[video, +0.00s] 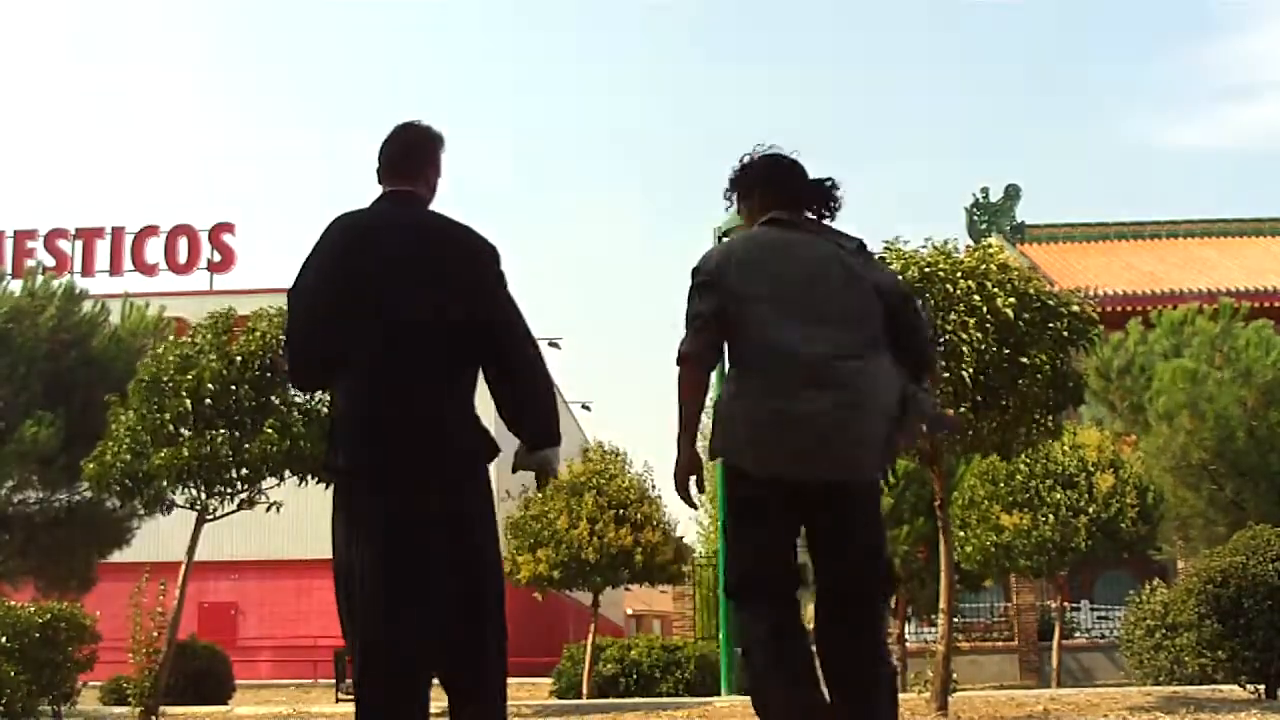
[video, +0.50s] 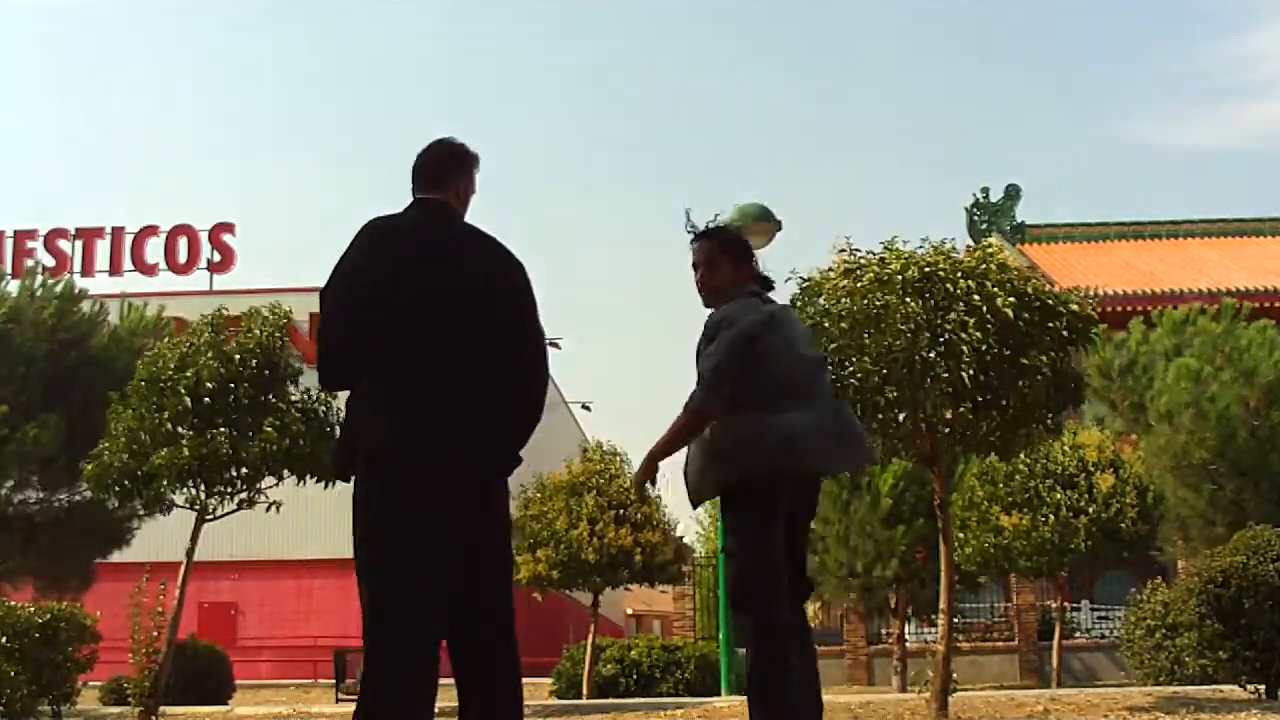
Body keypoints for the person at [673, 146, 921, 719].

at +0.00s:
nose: (734, 214)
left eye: (737, 205)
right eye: (736, 204)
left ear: (752, 204)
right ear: (805, 202)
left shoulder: (726, 257)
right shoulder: (858, 257)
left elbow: (696, 355)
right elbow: (919, 344)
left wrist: (685, 444)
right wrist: (907, 407)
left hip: (758, 456)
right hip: (850, 456)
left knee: (762, 599)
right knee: (855, 601)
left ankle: (792, 711)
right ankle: (866, 711)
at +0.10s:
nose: (724, 237)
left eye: (728, 223)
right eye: (724, 224)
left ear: (750, 220)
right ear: (790, 220)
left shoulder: (732, 279)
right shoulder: (859, 278)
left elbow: (701, 365)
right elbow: (888, 367)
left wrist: (676, 448)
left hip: (760, 466)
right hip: (844, 466)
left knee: (762, 611)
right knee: (848, 611)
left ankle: (770, 714)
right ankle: (861, 713)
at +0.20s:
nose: (709, 265)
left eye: (717, 251)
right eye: (710, 252)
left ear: (747, 250)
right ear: (776, 249)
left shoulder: (726, 310)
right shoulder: (841, 307)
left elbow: (702, 387)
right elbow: (863, 393)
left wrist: (672, 461)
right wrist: (842, 447)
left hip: (757, 488)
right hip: (835, 485)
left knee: (760, 627)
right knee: (844, 617)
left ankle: (778, 717)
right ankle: (860, 714)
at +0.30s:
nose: (697, 277)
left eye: (705, 265)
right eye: (698, 265)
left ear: (739, 265)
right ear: (752, 265)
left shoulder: (721, 327)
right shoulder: (815, 319)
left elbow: (698, 412)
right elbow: (849, 400)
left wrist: (666, 479)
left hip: (753, 494)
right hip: (827, 492)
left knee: (752, 613)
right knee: (832, 599)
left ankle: (781, 713)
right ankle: (860, 698)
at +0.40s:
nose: (696, 273)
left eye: (702, 262)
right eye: (695, 263)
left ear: (730, 260)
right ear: (749, 259)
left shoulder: (729, 315)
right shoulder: (794, 310)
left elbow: (704, 407)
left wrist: (659, 478)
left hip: (754, 486)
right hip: (811, 484)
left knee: (753, 611)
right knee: (810, 606)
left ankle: (769, 711)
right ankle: (839, 708)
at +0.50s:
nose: (697, 278)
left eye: (704, 267)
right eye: (694, 268)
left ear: (737, 267)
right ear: (742, 270)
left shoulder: (738, 322)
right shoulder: (778, 318)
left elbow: (703, 408)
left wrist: (652, 460)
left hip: (758, 479)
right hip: (792, 476)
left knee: (760, 605)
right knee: (781, 602)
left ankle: (776, 710)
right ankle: (799, 708)